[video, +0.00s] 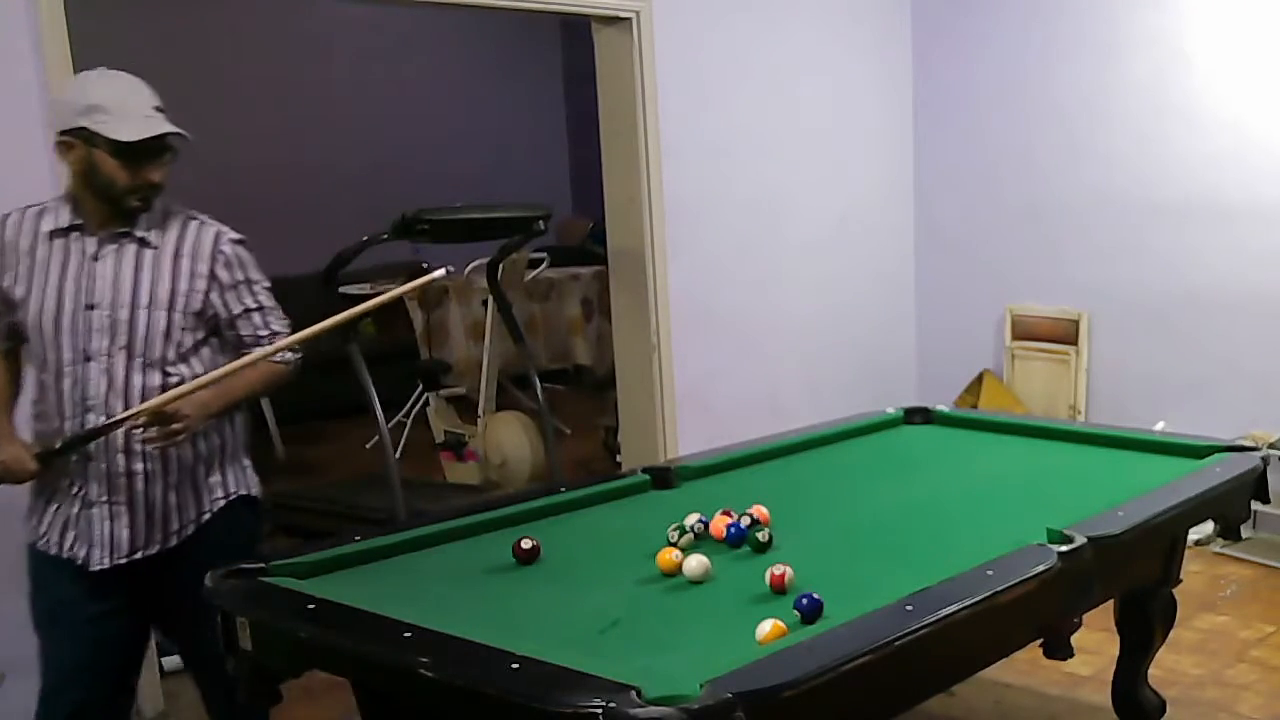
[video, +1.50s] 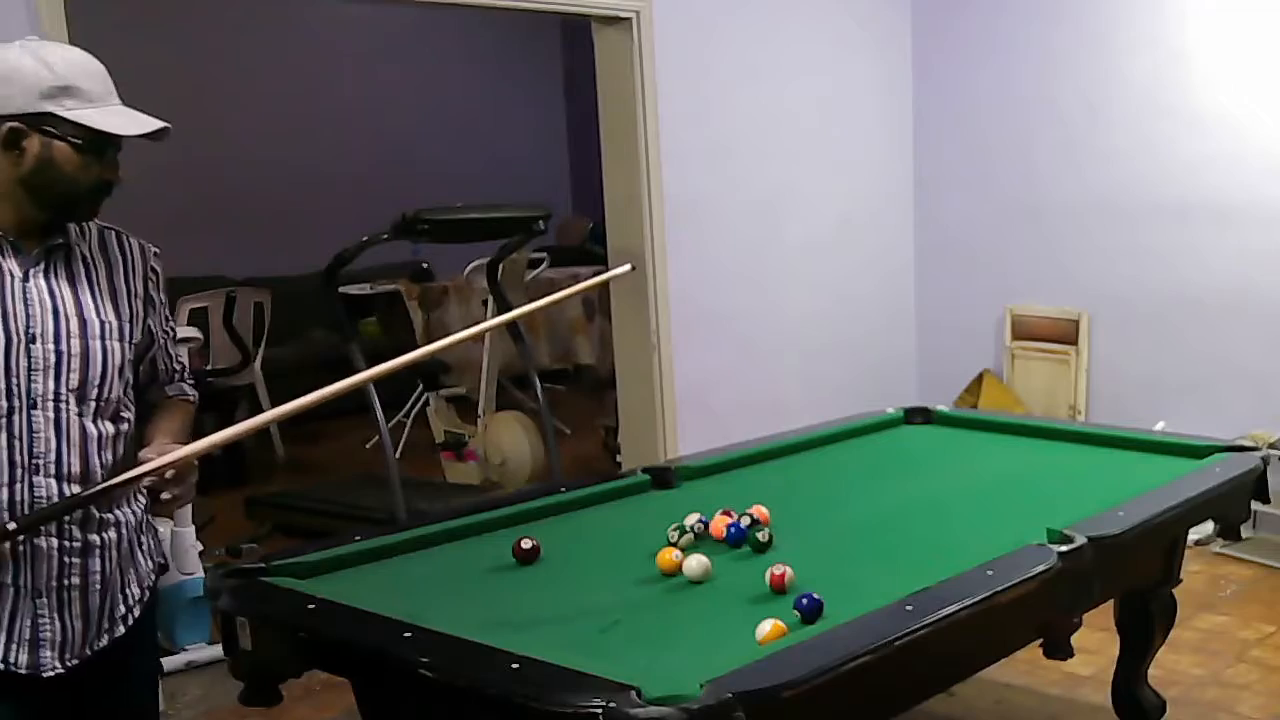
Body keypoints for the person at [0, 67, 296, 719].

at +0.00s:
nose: (153, 173)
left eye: (161, 155)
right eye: (132, 155)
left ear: (174, 152)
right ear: (71, 150)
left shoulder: (207, 247)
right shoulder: (18, 241)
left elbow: (280, 352)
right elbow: (7, 347)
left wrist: (207, 400)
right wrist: (5, 435)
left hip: (202, 528)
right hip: (75, 537)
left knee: (240, 700)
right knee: (76, 706)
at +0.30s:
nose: (55, 161)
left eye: (61, 143)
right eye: (32, 143)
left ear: (69, 141)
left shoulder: (113, 239)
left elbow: (185, 345)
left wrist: (134, 406)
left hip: (122, 535)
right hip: (9, 557)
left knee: (187, 700)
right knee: (26, 710)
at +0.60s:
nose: (15, 156)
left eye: (17, 138)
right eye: (4, 139)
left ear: (22, 142)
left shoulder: (61, 234)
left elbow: (133, 344)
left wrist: (98, 408)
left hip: (87, 525)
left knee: (117, 698)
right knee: (16, 705)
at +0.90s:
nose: (36, 168)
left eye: (37, 152)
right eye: (20, 153)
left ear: (35, 158)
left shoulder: (71, 254)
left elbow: (121, 363)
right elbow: (119, 367)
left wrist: (105, 427)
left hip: (77, 564)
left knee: (95, 705)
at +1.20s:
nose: (86, 167)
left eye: (86, 148)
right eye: (65, 146)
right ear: (2, 142)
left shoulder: (110, 261)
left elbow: (153, 375)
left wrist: (141, 440)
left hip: (98, 589)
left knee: (112, 711)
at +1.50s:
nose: (115, 171)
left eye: (116, 149)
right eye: (96, 149)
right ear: (19, 142)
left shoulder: (132, 262)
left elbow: (172, 388)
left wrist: (164, 446)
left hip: (118, 616)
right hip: (9, 625)